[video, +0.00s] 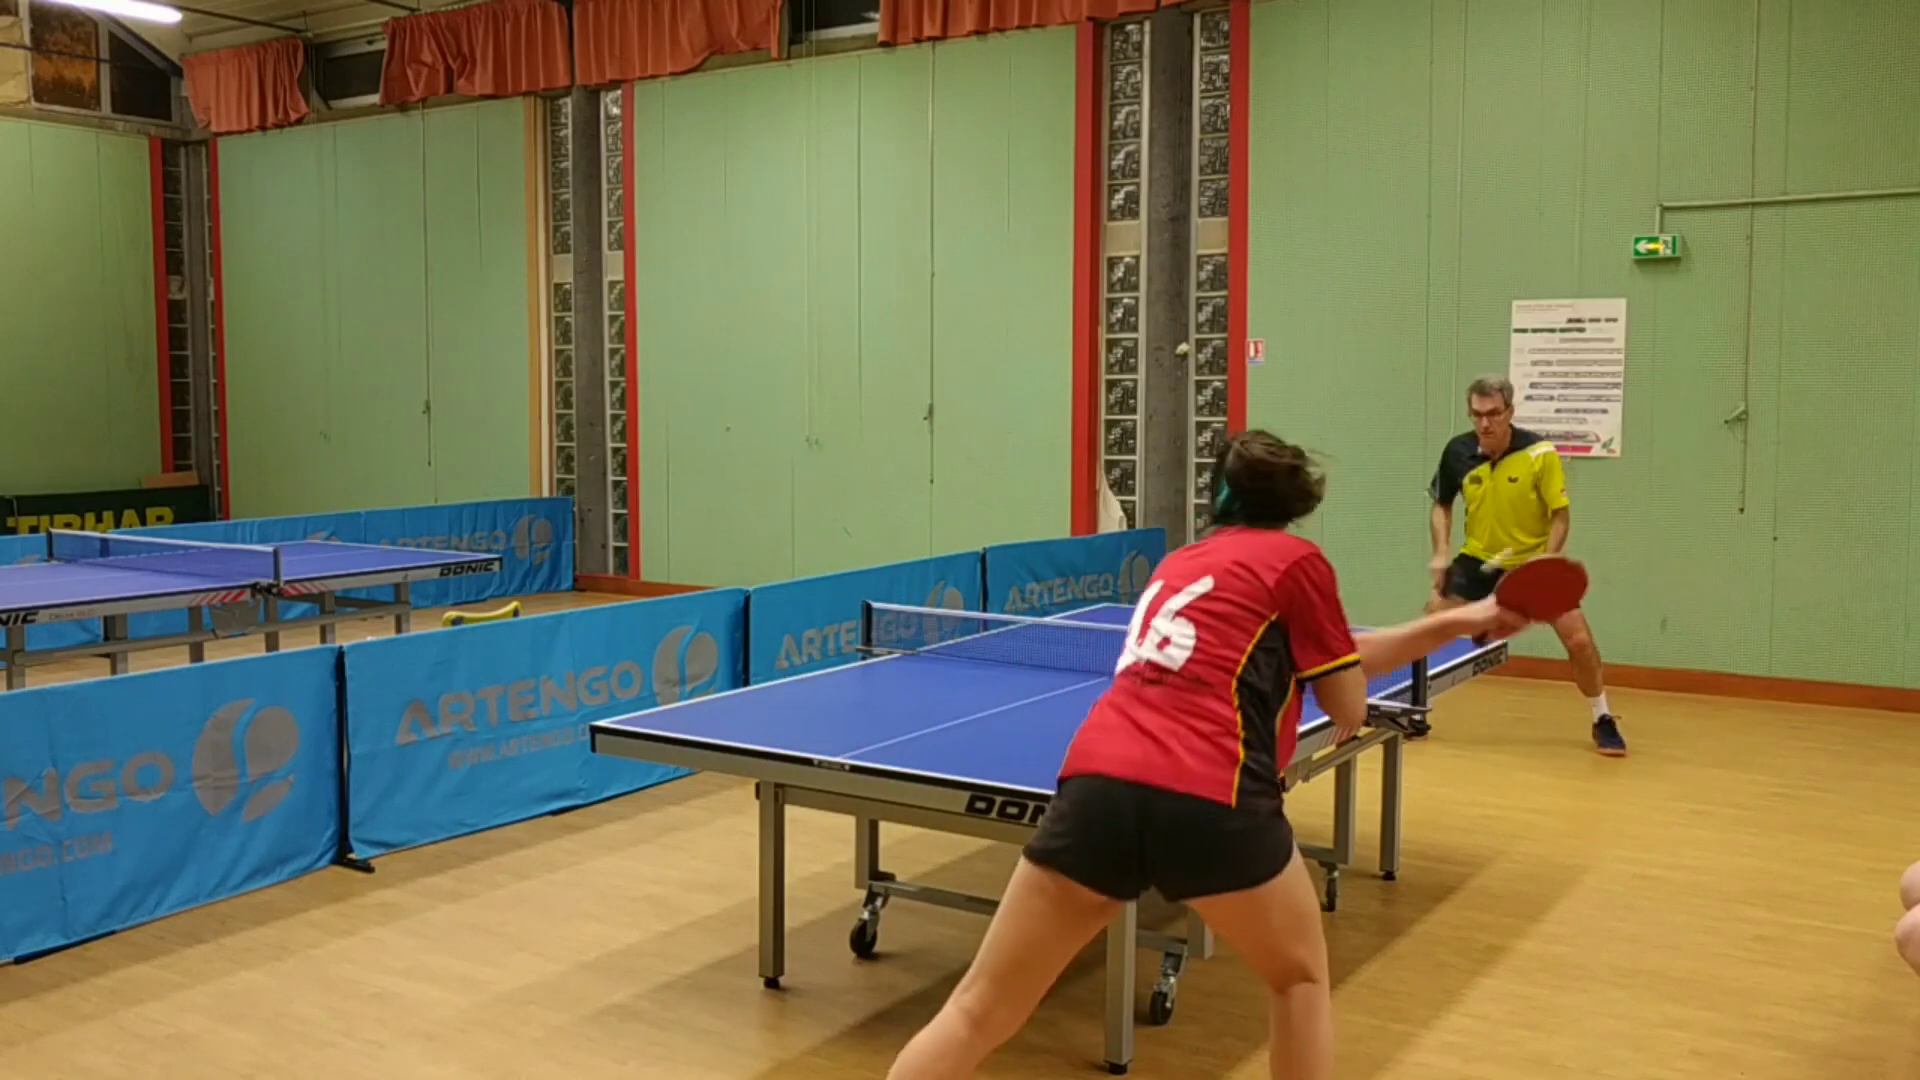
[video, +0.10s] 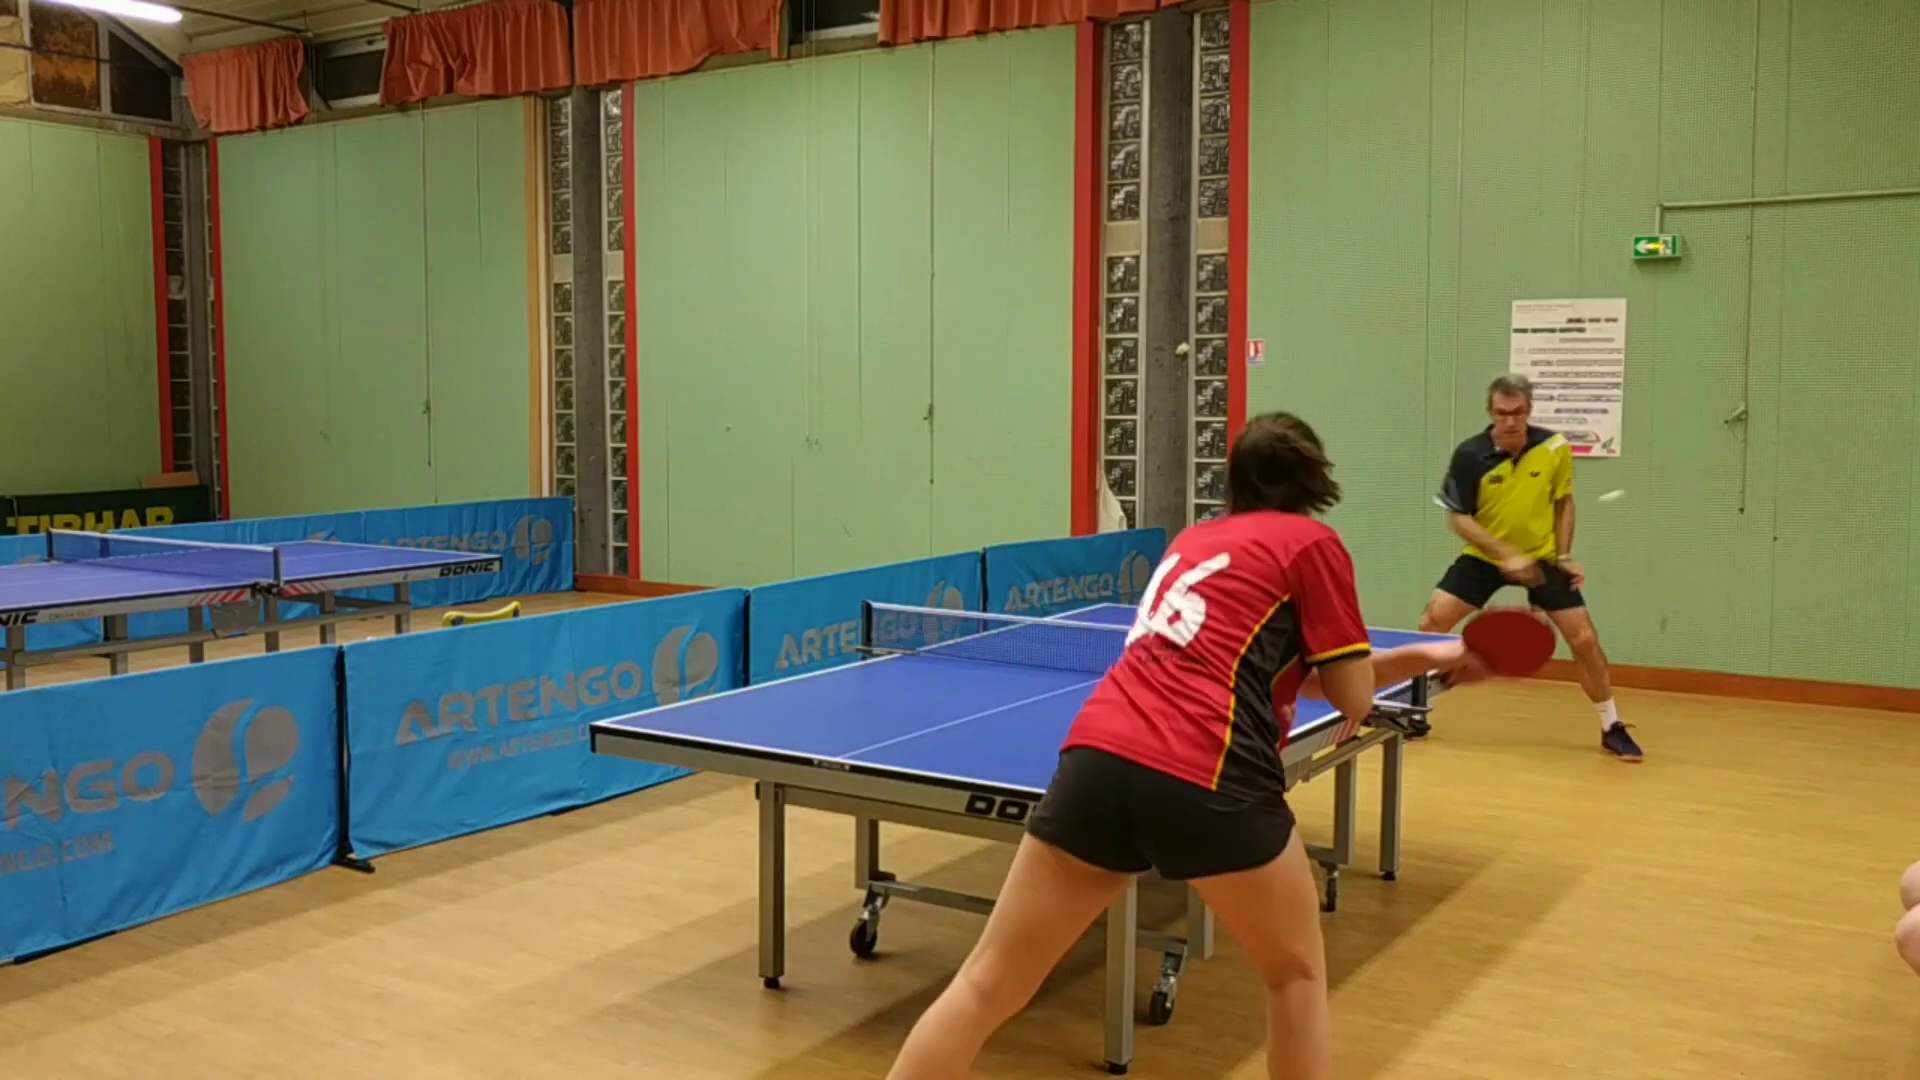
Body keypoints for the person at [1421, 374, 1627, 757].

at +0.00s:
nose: (1484, 424)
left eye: (1492, 415)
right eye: (1477, 415)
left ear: (1510, 412)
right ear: (1470, 415)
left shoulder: (1539, 454)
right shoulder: (1459, 452)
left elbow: (1560, 518)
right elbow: (1442, 502)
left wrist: (1545, 566)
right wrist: (1441, 555)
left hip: (1532, 564)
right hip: (1475, 562)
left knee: (1580, 641)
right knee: (1432, 626)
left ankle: (1603, 718)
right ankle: (1411, 707)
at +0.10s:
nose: (1510, 423)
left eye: (1518, 414)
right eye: (1502, 414)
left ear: (1530, 412)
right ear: (1490, 414)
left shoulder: (1554, 446)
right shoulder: (1470, 455)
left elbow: (1564, 502)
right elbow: (1460, 519)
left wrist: (1564, 554)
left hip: (1543, 561)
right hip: (1484, 559)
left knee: (1585, 640)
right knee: (1434, 621)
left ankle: (1612, 726)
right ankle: (1413, 709)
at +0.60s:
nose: (1705, 441)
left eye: (1706, 435)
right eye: (1705, 434)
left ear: (1670, 422)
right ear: (1688, 432)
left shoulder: (1624, 441)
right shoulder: (1660, 457)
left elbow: (1574, 477)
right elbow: (1706, 491)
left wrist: (1601, 515)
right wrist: (1770, 460)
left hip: (1596, 563)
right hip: (1569, 561)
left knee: (1640, 628)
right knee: (1537, 648)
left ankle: (1625, 730)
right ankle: (1437, 694)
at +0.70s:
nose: (1722, 436)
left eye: (1724, 429)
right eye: (1722, 428)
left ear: (1686, 415)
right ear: (1707, 423)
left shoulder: (1636, 436)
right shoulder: (1673, 451)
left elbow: (1595, 485)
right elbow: (1690, 513)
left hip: (1608, 553)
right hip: (1586, 552)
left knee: (1641, 629)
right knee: (1580, 645)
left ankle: (1624, 729)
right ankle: (1486, 704)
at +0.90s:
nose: (1750, 421)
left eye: (1753, 413)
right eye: (1750, 411)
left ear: (1722, 402)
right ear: (1729, 403)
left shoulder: (1668, 421)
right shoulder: (1697, 436)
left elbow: (1656, 502)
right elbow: (1674, 507)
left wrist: (1673, 573)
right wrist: (1681, 577)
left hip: (1611, 535)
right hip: (1631, 541)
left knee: (1639, 638)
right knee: (1658, 641)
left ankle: (1627, 729)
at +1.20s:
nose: (1806, 414)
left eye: (1811, 406)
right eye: (1805, 403)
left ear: (1780, 395)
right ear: (1779, 391)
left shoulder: (1753, 431)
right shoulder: (1735, 427)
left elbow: (1729, 501)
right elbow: (1702, 494)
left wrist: (1760, 539)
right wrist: (1694, 567)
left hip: (1707, 557)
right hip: (1714, 561)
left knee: (1681, 639)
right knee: (1754, 652)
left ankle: (1634, 721)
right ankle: (1750, 771)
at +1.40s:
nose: (1863, 416)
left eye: (1868, 407)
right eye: (1862, 404)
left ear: (1836, 393)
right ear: (1835, 390)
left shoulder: (1809, 431)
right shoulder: (1784, 429)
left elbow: (1783, 508)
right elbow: (1762, 508)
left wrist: (1790, 576)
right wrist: (1784, 581)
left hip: (1775, 562)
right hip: (1756, 564)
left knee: (1782, 654)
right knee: (1787, 664)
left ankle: (1706, 725)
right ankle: (1756, 773)